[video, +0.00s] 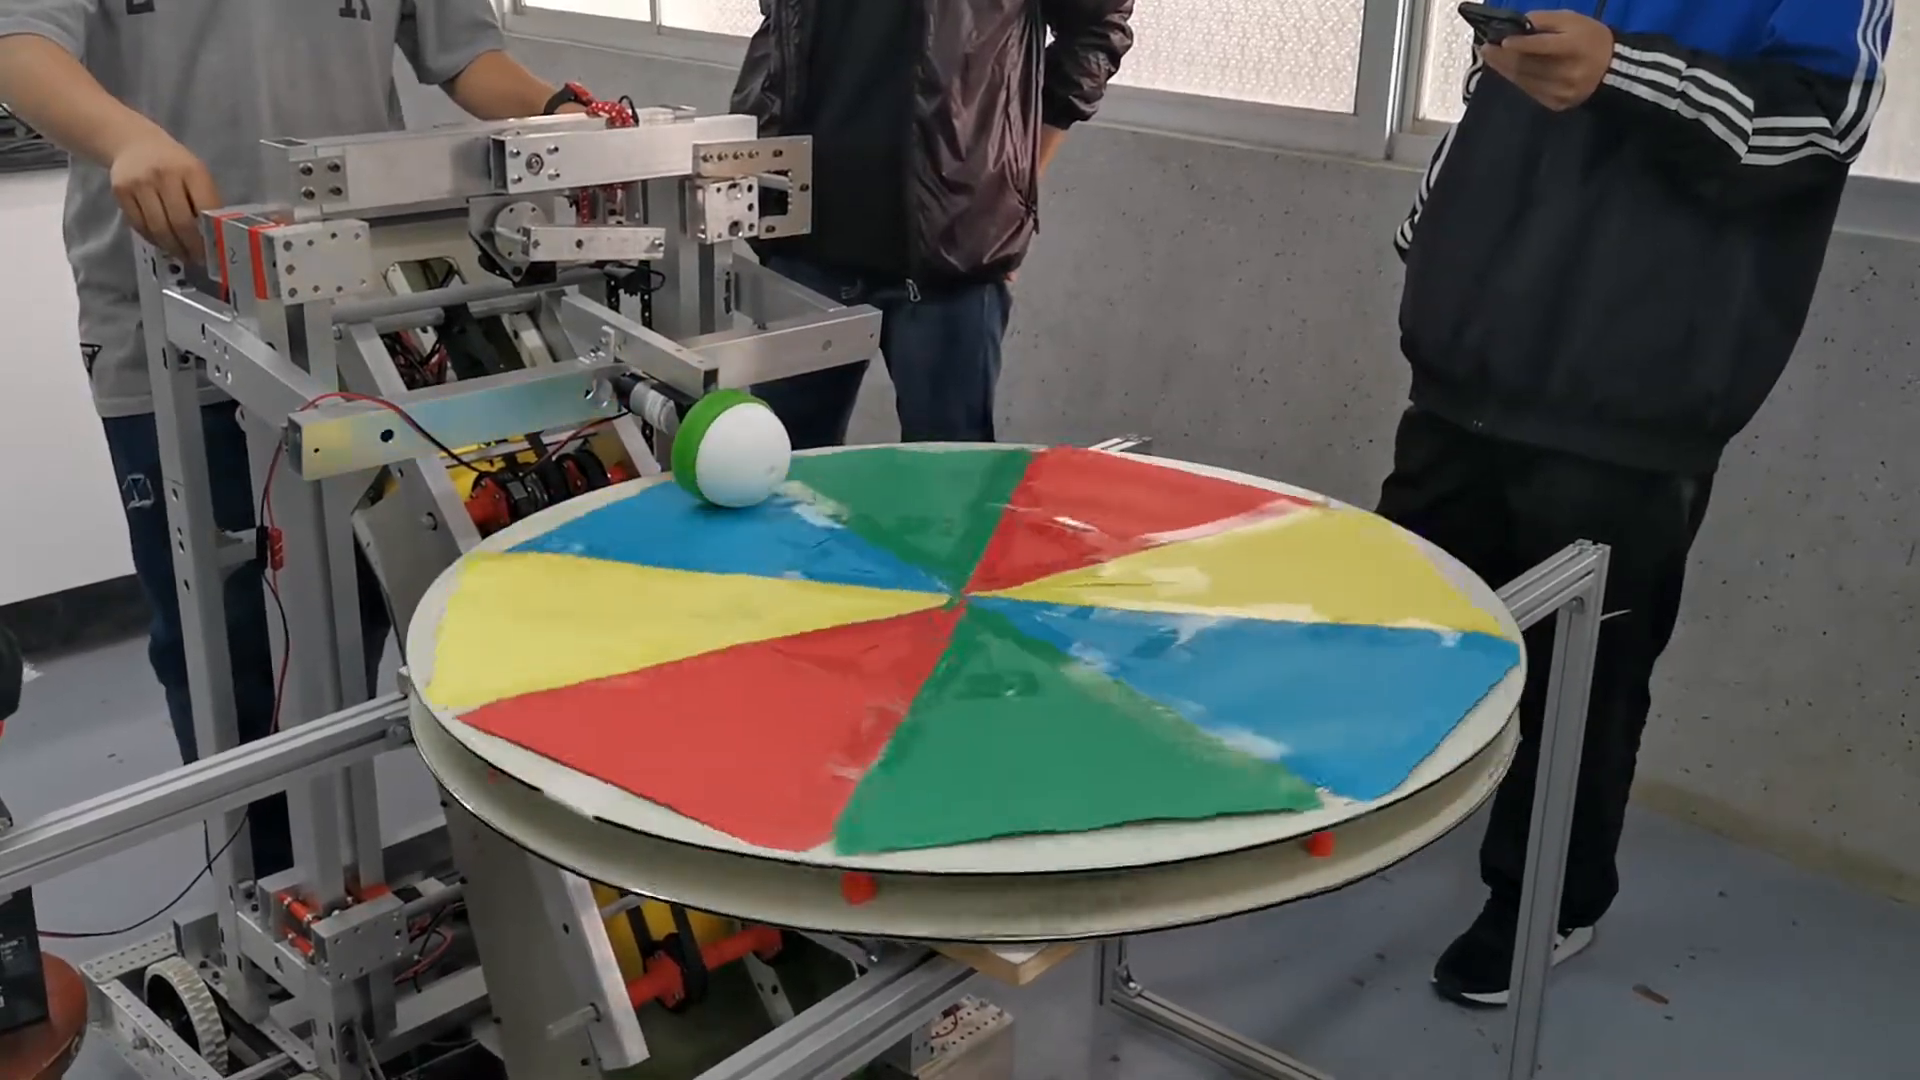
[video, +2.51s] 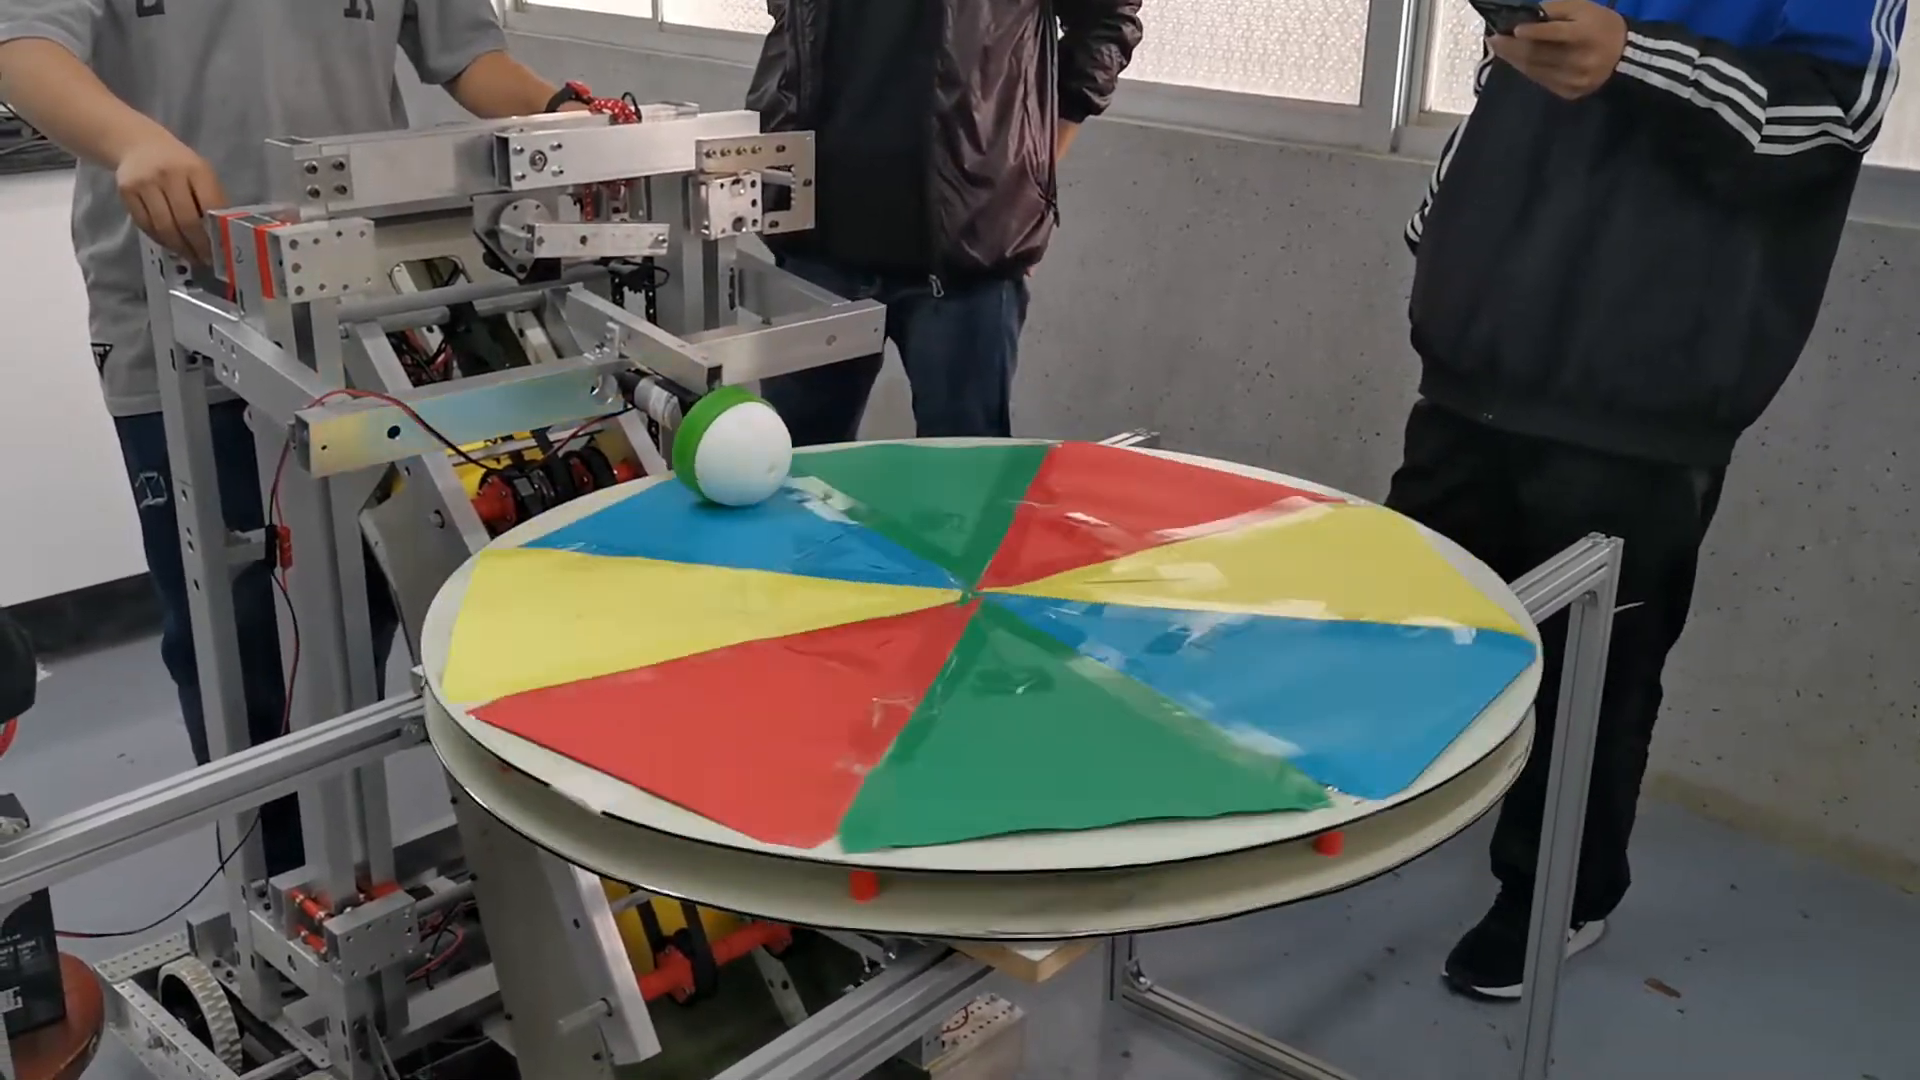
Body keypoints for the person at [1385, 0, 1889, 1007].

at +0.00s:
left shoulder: (1829, 8)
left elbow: (1819, 127)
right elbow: (1500, 86)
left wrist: (1616, 69)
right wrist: (1425, 241)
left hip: (1649, 363)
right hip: (1485, 317)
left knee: (1586, 658)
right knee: (1406, 603)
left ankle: (1547, 897)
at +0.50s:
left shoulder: (1826, 9)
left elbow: (1818, 125)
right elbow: (1501, 77)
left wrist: (1614, 67)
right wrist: (1425, 239)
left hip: (1649, 361)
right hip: (1485, 315)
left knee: (1585, 657)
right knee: (1407, 600)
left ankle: (1547, 897)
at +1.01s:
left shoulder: (1824, 8)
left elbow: (1813, 129)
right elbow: (1503, 68)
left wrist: (1612, 64)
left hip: (1648, 358)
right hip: (1484, 311)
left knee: (1584, 654)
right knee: (1406, 603)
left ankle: (1550, 893)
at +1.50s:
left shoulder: (1821, 8)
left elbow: (1812, 122)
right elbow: (1502, 58)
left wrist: (1611, 60)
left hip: (1647, 353)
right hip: (1482, 306)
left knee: (1585, 650)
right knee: (1409, 598)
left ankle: (1551, 890)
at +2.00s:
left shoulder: (1830, 9)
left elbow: (1821, 120)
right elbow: (1509, 36)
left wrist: (1618, 56)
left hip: (1655, 352)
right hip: (1489, 304)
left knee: (1590, 650)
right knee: (1415, 596)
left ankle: (1555, 891)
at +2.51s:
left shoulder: (1839, 8)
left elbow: (1829, 118)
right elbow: (1514, 67)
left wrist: (1629, 56)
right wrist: (1437, 235)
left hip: (1660, 356)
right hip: (1495, 309)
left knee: (1596, 654)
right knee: (1417, 598)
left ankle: (1557, 891)